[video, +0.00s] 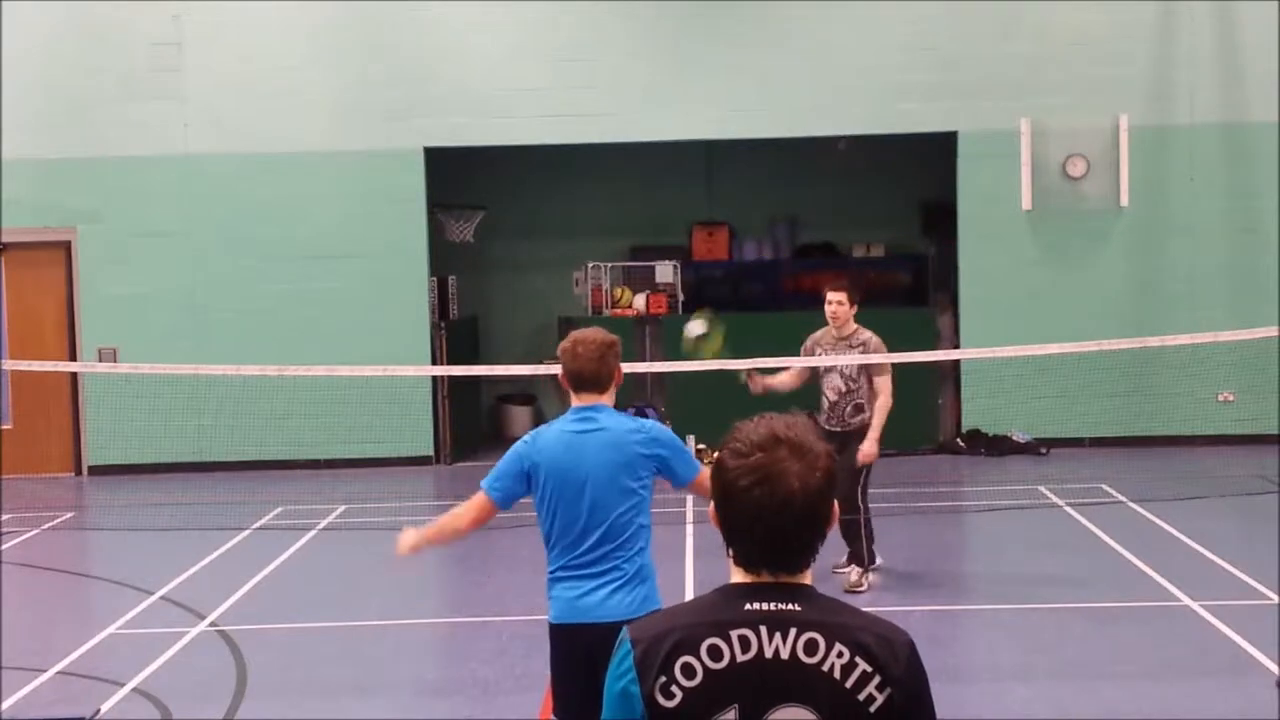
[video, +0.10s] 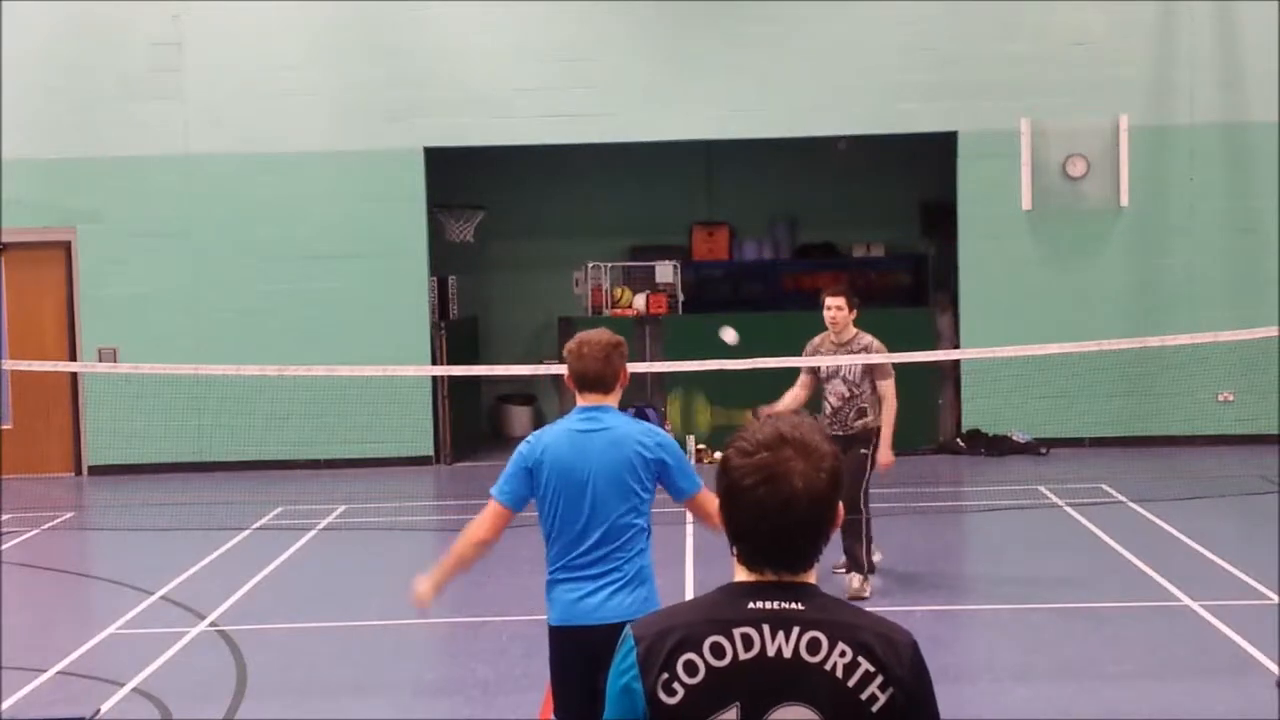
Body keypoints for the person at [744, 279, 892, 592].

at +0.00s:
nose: (832, 310)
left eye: (839, 304)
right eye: (829, 304)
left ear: (853, 308)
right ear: (824, 307)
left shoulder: (871, 344)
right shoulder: (816, 342)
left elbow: (884, 395)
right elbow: (796, 377)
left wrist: (872, 438)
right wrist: (766, 382)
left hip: (858, 432)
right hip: (827, 431)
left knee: (849, 496)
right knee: (842, 497)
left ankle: (860, 561)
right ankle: (861, 551)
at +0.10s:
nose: (832, 315)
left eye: (838, 309)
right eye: (827, 309)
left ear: (852, 313)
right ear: (822, 313)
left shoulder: (871, 348)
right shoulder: (815, 347)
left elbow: (889, 398)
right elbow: (802, 388)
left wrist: (885, 445)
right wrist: (775, 410)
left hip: (863, 435)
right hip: (831, 435)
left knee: (852, 499)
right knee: (841, 497)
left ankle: (857, 569)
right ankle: (864, 550)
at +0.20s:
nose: (832, 321)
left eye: (838, 314)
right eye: (827, 315)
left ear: (853, 317)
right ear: (822, 318)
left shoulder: (875, 351)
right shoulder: (815, 351)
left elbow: (893, 399)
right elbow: (809, 397)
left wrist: (897, 444)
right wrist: (793, 430)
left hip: (867, 434)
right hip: (833, 435)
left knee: (860, 500)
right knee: (837, 496)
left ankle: (860, 571)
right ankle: (856, 551)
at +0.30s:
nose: (830, 327)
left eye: (836, 320)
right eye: (825, 321)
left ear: (851, 318)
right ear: (821, 320)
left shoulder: (877, 345)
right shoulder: (814, 352)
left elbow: (898, 390)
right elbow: (815, 399)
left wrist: (901, 436)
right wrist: (817, 438)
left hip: (870, 432)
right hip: (834, 434)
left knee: (865, 500)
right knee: (841, 498)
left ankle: (862, 571)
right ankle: (859, 560)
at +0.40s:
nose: (828, 327)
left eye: (834, 320)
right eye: (823, 321)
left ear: (850, 315)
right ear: (819, 319)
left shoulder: (878, 338)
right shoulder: (814, 351)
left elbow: (900, 381)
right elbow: (821, 399)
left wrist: (903, 427)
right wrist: (822, 444)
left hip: (874, 432)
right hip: (838, 434)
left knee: (867, 502)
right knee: (843, 500)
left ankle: (864, 573)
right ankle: (849, 566)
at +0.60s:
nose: (821, 305)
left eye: (826, 298)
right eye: (816, 301)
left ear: (842, 297)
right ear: (811, 305)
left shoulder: (872, 325)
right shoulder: (813, 336)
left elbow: (894, 367)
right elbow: (819, 348)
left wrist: (906, 410)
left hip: (875, 424)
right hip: (835, 426)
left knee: (871, 501)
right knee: (826, 496)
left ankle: (862, 574)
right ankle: (821, 548)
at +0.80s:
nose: (822, 294)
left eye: (827, 286)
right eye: (817, 289)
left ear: (843, 287)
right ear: (812, 294)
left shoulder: (869, 326)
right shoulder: (810, 328)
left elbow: (888, 368)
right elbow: (804, 332)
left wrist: (900, 410)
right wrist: (814, 283)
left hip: (861, 424)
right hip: (821, 424)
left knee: (863, 501)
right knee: (822, 497)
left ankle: (860, 573)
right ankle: (809, 551)